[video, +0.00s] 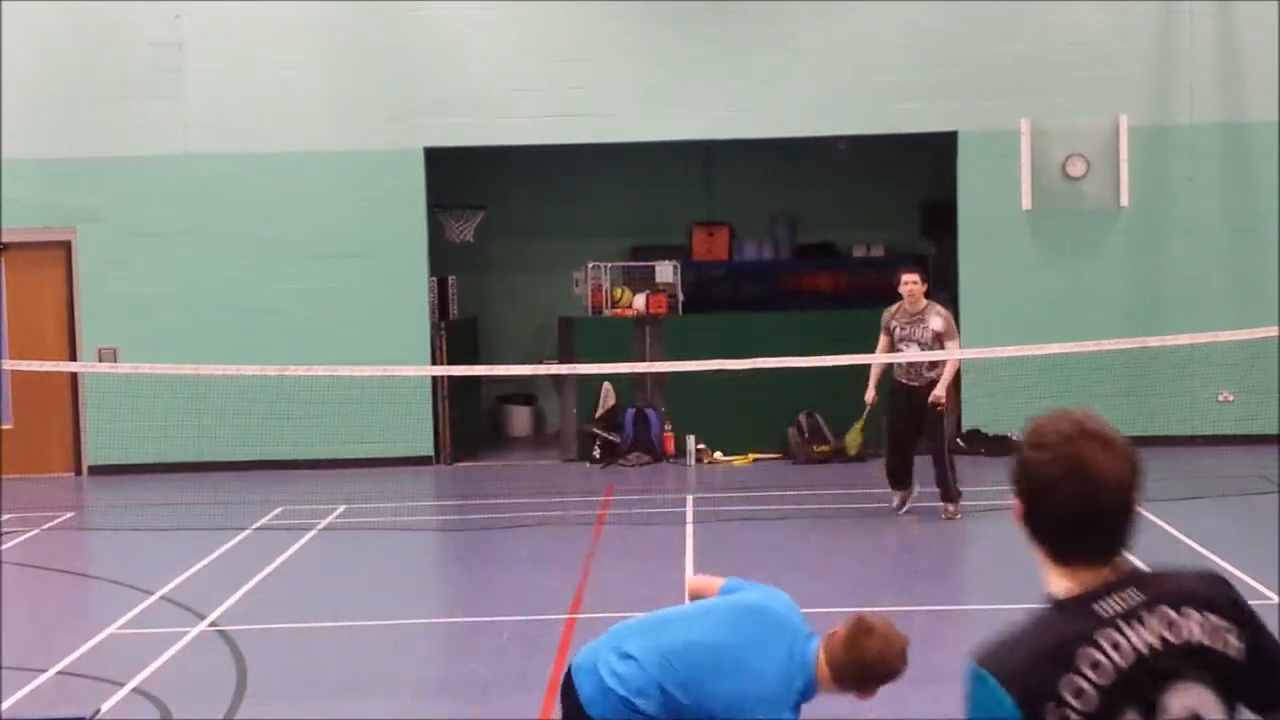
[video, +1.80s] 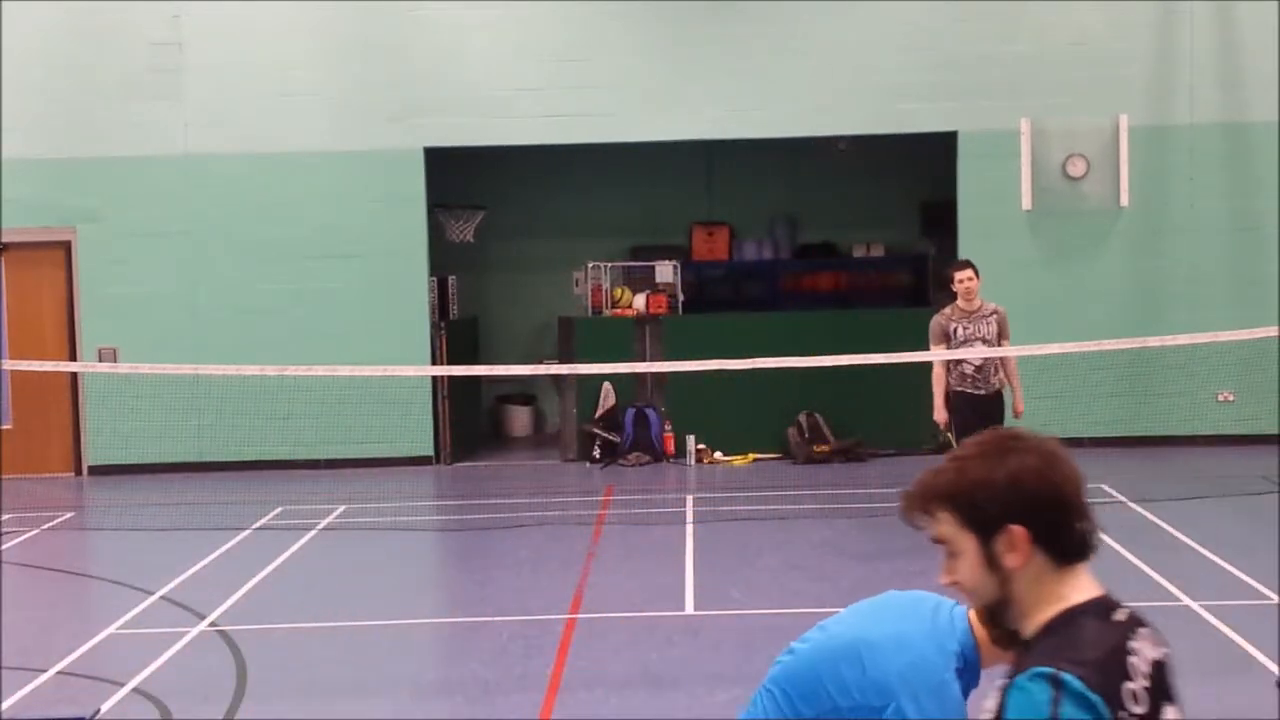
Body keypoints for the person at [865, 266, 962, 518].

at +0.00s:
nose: (909, 288)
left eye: (913, 283)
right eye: (904, 283)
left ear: (924, 287)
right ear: (899, 288)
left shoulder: (940, 316)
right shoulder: (891, 316)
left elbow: (953, 355)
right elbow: (881, 353)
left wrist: (942, 386)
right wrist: (871, 386)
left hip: (934, 386)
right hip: (902, 386)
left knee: (939, 444)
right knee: (896, 440)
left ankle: (950, 500)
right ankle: (902, 487)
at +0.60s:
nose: (905, 277)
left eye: (908, 273)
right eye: (899, 273)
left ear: (915, 278)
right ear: (890, 279)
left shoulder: (929, 309)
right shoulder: (875, 312)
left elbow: (939, 346)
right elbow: (868, 353)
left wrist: (932, 358)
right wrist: (874, 385)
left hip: (923, 387)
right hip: (890, 389)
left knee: (929, 446)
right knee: (890, 449)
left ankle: (934, 507)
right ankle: (894, 509)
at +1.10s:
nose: (940, 279)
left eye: (944, 274)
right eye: (935, 275)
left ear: (951, 279)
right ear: (925, 280)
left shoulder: (964, 311)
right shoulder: (909, 311)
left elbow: (969, 345)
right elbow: (899, 353)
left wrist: (952, 338)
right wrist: (897, 389)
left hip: (950, 390)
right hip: (916, 389)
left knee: (951, 451)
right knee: (908, 449)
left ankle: (948, 515)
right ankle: (898, 506)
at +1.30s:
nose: (950, 280)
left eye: (954, 274)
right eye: (944, 275)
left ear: (963, 278)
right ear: (937, 280)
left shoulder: (979, 312)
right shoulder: (923, 312)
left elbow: (985, 347)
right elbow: (912, 354)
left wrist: (958, 340)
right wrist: (907, 390)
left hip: (964, 390)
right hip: (931, 389)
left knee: (959, 454)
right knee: (935, 452)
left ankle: (950, 516)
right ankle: (923, 512)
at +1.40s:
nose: (953, 281)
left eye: (957, 275)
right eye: (947, 277)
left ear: (967, 278)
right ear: (941, 281)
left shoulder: (983, 312)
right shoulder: (928, 313)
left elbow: (991, 350)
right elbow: (917, 355)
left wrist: (973, 360)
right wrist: (913, 393)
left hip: (969, 389)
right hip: (937, 388)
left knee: (964, 453)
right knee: (944, 452)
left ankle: (957, 515)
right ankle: (943, 516)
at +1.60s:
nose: (959, 285)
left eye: (964, 279)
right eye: (954, 281)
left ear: (973, 281)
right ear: (947, 285)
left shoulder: (991, 316)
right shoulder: (935, 319)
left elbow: (999, 358)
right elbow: (927, 362)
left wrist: (997, 393)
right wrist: (926, 401)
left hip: (980, 394)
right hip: (949, 394)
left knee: (971, 456)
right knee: (961, 457)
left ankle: (948, 512)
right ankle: (976, 519)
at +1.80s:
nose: (967, 286)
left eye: (970, 280)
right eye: (961, 282)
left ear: (979, 281)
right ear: (953, 286)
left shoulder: (997, 314)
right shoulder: (942, 321)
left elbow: (1007, 357)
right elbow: (939, 366)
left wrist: (1017, 395)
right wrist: (939, 406)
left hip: (992, 394)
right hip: (961, 396)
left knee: (994, 454)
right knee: (967, 457)